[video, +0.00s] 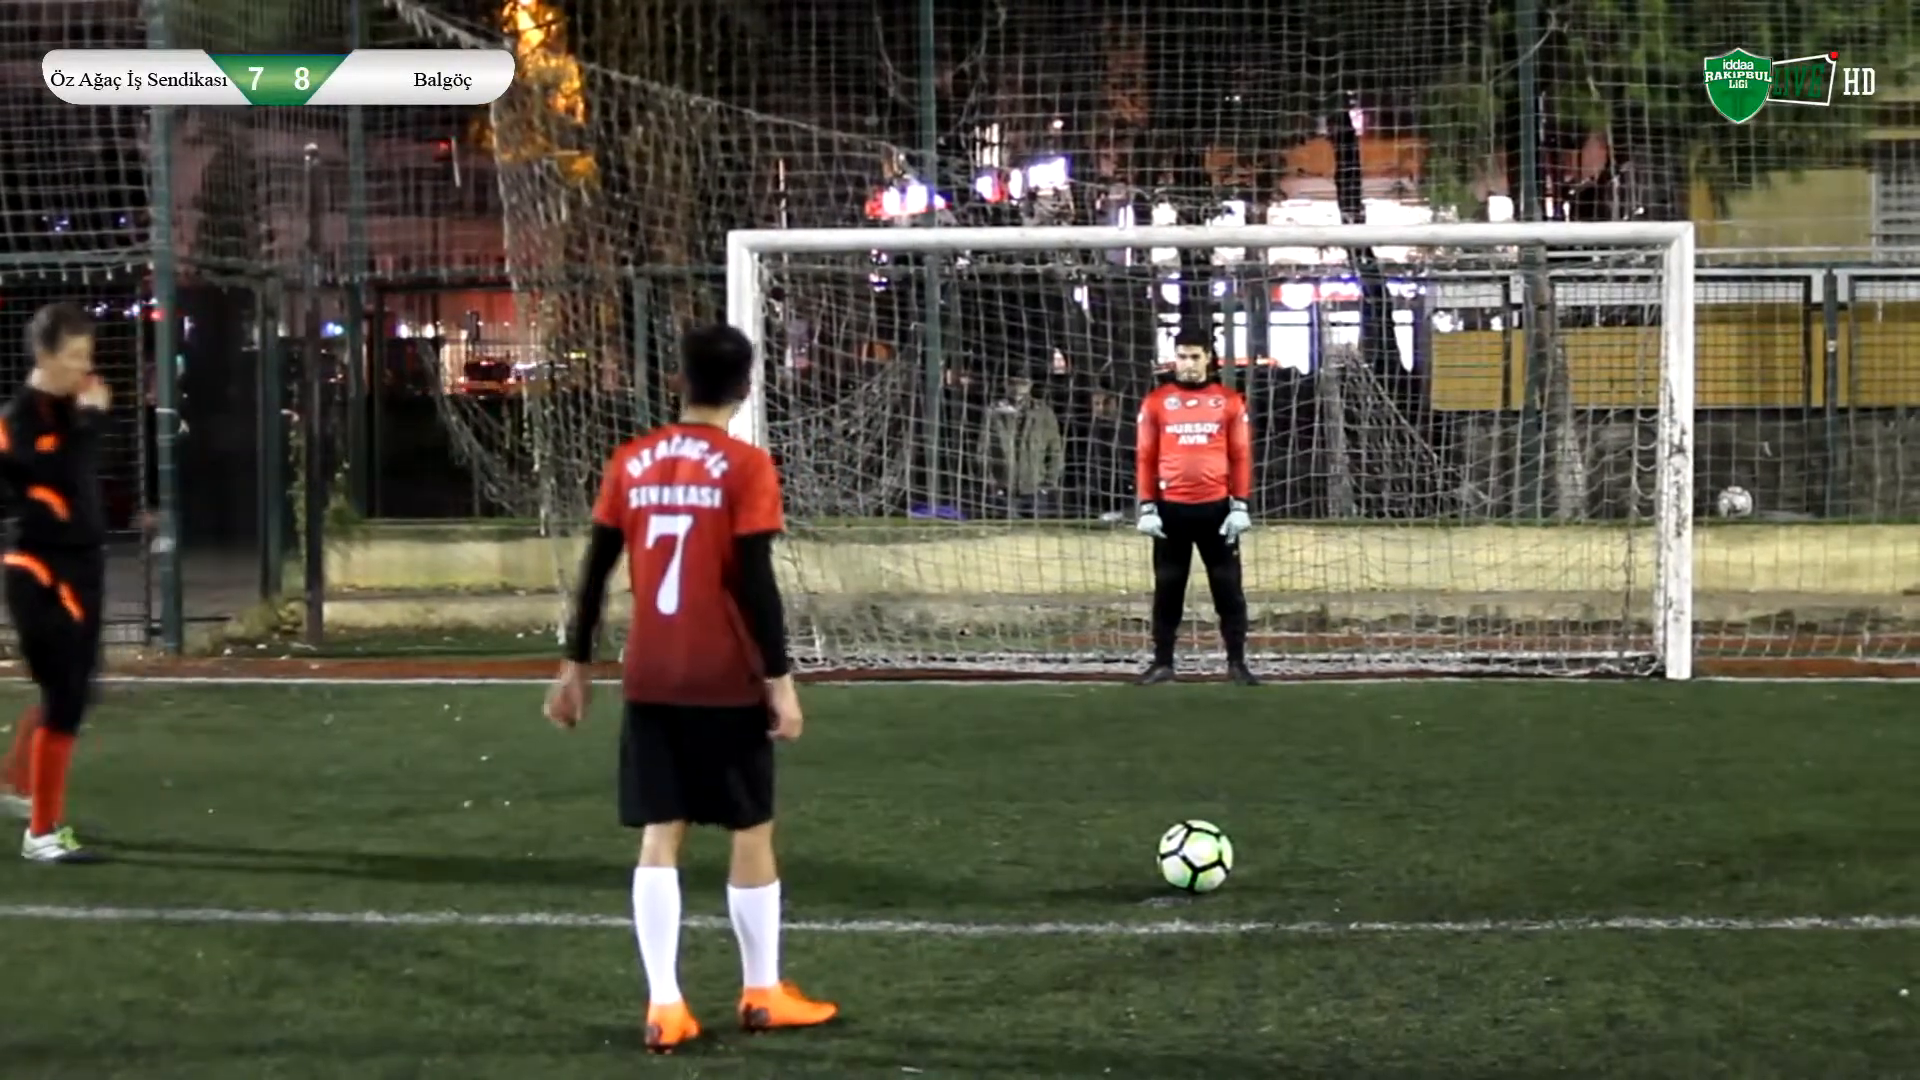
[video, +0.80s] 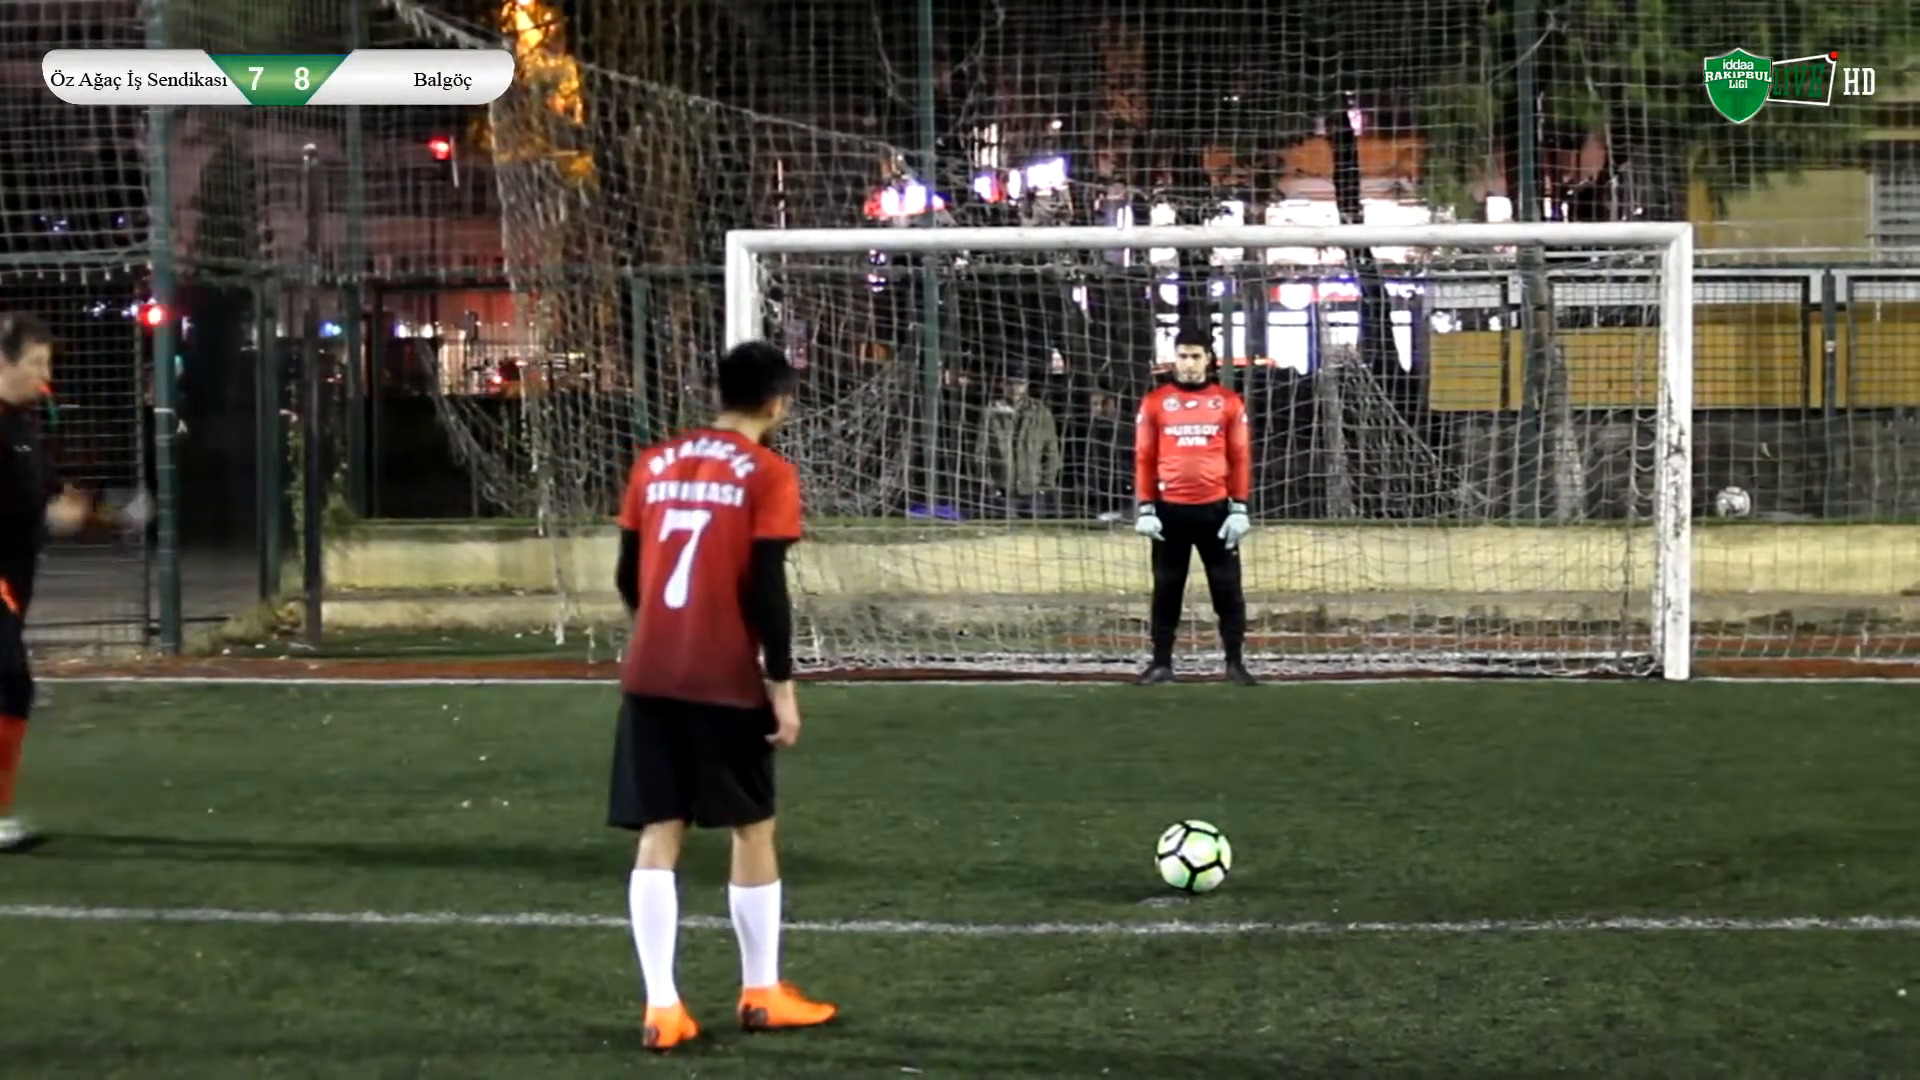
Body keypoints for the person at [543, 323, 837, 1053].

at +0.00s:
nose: (744, 394)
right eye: (749, 384)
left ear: (679, 385)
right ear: (744, 389)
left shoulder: (631, 461)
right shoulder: (748, 465)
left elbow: (594, 567)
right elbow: (752, 572)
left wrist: (574, 661)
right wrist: (779, 674)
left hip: (650, 681)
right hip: (729, 681)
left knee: (660, 830)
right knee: (752, 830)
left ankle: (663, 1003)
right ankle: (764, 988)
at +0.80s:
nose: (788, 410)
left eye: (787, 400)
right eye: (788, 401)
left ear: (721, 394)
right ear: (775, 403)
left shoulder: (655, 461)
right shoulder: (770, 472)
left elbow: (630, 574)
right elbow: (765, 582)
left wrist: (662, 639)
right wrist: (782, 680)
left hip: (650, 673)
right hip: (727, 677)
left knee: (659, 828)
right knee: (754, 827)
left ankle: (661, 1004)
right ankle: (763, 988)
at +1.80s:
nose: (849, 449)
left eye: (847, 439)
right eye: (848, 438)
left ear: (784, 431)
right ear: (837, 436)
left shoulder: (726, 488)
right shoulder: (831, 491)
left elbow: (687, 591)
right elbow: (803, 574)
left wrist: (731, 638)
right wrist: (803, 676)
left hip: (706, 686)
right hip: (775, 687)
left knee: (693, 831)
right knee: (846, 792)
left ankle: (664, 1002)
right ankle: (840, 957)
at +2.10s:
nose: (905, 485)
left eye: (903, 475)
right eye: (904, 474)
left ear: (841, 472)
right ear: (893, 472)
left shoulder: (792, 519)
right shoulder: (886, 517)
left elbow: (783, 602)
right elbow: (866, 580)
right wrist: (862, 668)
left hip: (768, 694)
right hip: (835, 690)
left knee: (736, 827)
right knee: (913, 797)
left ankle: (681, 979)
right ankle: (895, 958)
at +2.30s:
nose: (944, 489)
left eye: (942, 480)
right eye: (942, 480)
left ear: (883, 480)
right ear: (932, 481)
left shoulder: (850, 522)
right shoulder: (940, 526)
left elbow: (813, 567)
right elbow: (946, 593)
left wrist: (864, 606)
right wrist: (968, 686)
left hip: (830, 697)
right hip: (896, 698)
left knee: (834, 846)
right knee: (950, 822)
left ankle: (747, 934)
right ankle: (900, 965)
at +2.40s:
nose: (960, 480)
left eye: (958, 470)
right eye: (957, 470)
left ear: (899, 471)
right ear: (949, 472)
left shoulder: (860, 518)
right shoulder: (960, 525)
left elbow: (821, 538)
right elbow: (1006, 607)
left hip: (860, 695)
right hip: (919, 696)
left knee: (920, 827)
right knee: (964, 826)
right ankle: (905, 960)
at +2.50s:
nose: (970, 461)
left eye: (965, 452)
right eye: (968, 452)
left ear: (912, 455)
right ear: (959, 453)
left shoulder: (874, 499)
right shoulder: (984, 510)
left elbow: (804, 492)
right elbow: (1033, 592)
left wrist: (843, 545)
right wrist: (1083, 642)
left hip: (881, 678)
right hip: (942, 678)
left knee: (946, 800)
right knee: (971, 819)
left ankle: (907, 898)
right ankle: (912, 947)